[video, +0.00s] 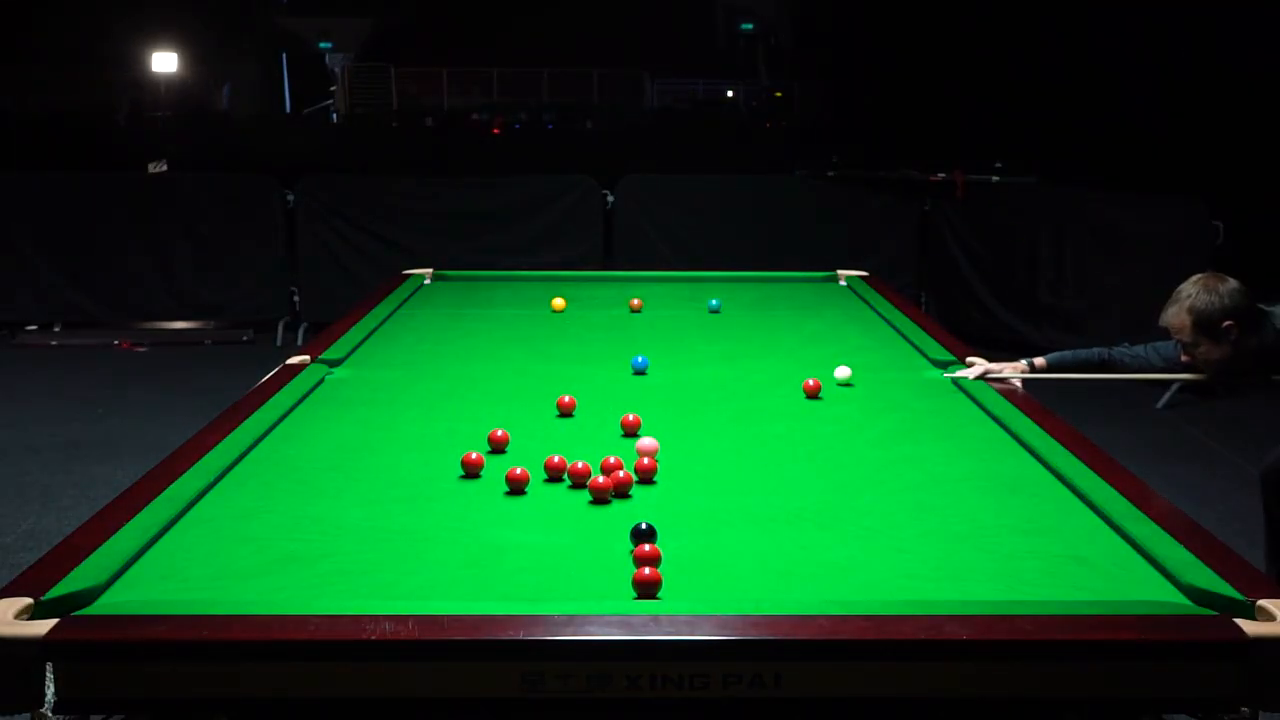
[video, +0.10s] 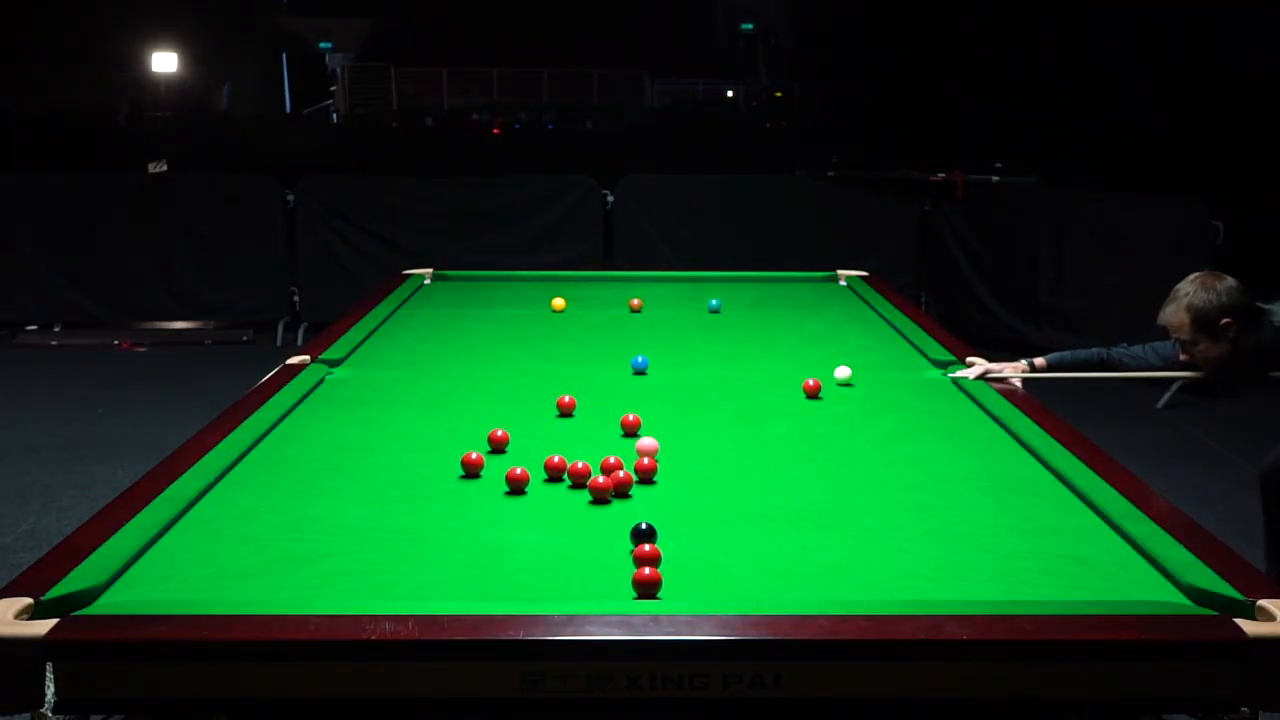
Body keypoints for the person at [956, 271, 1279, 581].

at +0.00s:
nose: (1182, 357)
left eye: (1191, 347)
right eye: (1179, 345)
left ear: (1229, 333)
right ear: (1228, 330)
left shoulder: (1265, 360)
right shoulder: (1215, 351)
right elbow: (1117, 357)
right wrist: (1024, 366)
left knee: (1270, 475)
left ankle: (1269, 581)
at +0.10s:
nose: (1181, 356)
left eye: (1189, 346)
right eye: (1177, 345)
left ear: (1227, 331)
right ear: (1225, 328)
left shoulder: (1265, 355)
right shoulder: (1216, 350)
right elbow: (1118, 357)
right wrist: (1025, 366)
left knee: (1269, 476)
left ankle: (1268, 582)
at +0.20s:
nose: (1172, 346)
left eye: (1180, 335)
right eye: (1169, 335)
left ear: (1217, 321)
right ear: (1215, 321)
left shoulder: (1267, 342)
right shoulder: (1222, 339)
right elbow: (1119, 356)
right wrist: (1027, 366)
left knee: (1269, 479)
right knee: (1268, 479)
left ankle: (1273, 589)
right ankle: (1272, 586)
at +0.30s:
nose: (1214, 226)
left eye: (1225, 215)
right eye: (1214, 214)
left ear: (1267, 215)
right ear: (1265, 216)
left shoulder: (1242, 269)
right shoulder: (1235, 269)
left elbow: (1154, 315)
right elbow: (1153, 315)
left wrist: (1048, 360)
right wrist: (1049, 360)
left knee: (1273, 482)